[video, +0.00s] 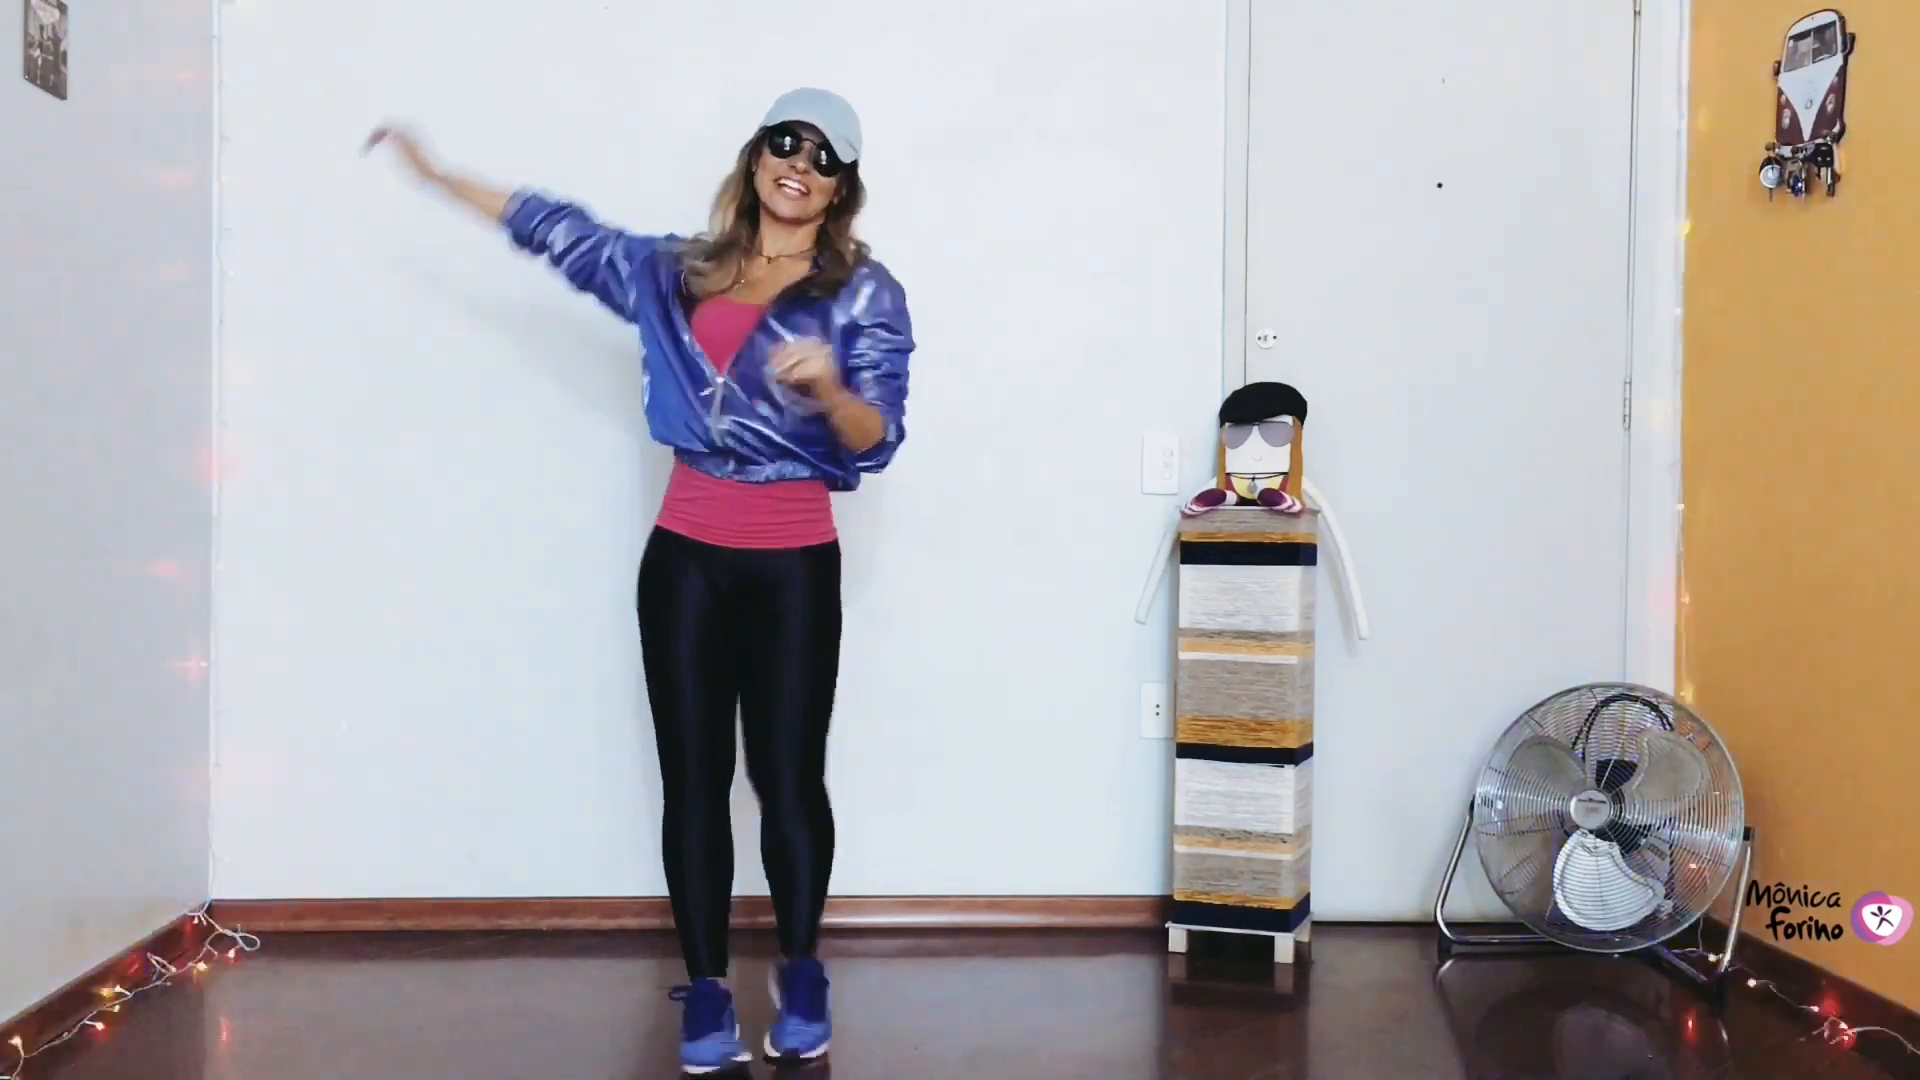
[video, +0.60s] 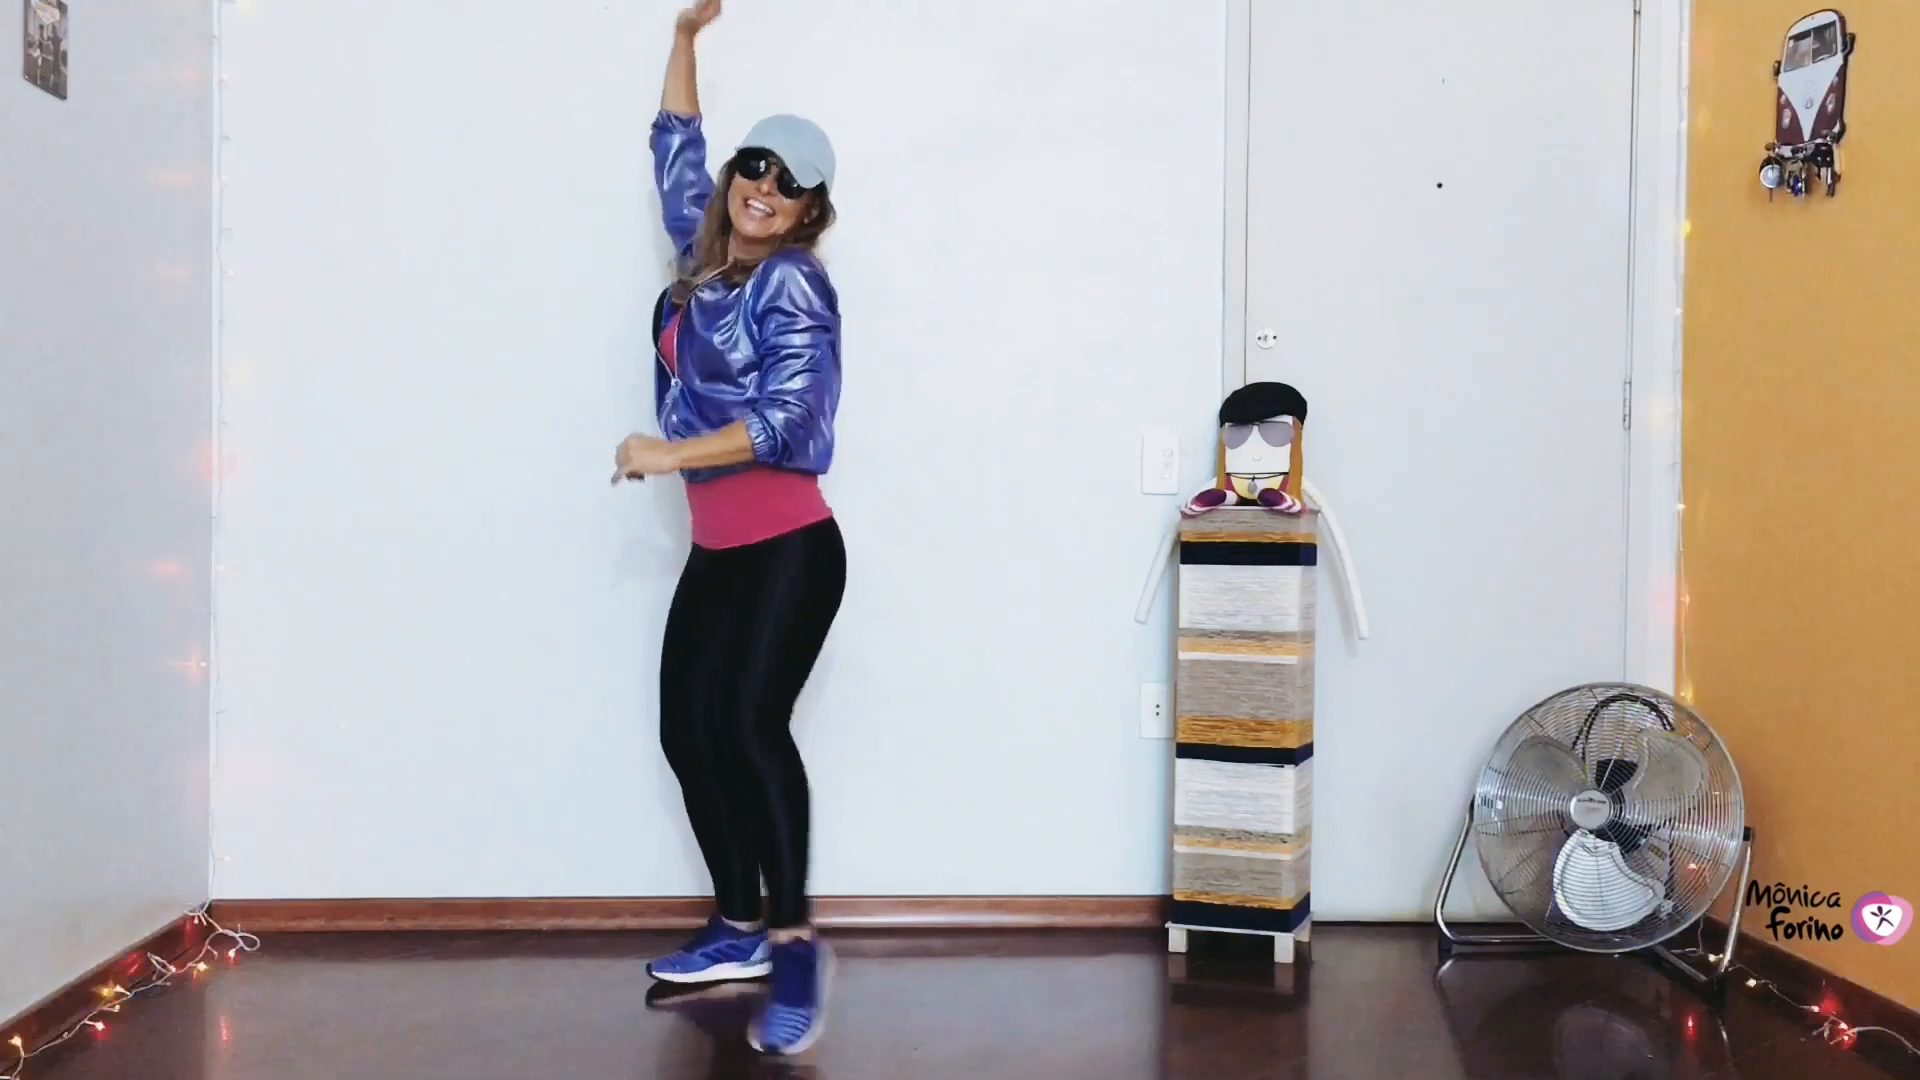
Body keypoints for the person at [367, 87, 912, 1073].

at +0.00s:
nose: (798, 170)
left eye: (821, 161)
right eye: (784, 150)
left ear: (841, 187)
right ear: (753, 162)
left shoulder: (865, 294)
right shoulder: (677, 270)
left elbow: (875, 447)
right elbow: (558, 228)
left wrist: (831, 392)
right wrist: (440, 177)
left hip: (795, 564)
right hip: (686, 556)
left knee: (789, 777)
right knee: (694, 777)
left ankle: (801, 979)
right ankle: (706, 993)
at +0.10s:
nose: (799, 165)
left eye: (824, 159)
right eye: (791, 143)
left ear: (843, 184)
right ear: (761, 151)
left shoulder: (848, 275)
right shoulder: (699, 259)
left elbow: (856, 424)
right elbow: (606, 188)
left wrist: (762, 404)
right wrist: (511, 103)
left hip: (801, 552)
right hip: (708, 547)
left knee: (783, 773)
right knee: (706, 768)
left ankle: (811, 990)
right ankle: (696, 987)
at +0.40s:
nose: (783, 169)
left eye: (806, 166)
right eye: (775, 147)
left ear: (824, 193)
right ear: (745, 151)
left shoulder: (805, 270)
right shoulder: (717, 232)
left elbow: (810, 413)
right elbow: (673, 121)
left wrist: (682, 413)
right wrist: (641, 11)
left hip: (798, 538)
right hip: (734, 545)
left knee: (820, 758)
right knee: (686, 728)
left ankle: (859, 980)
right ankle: (732, 919)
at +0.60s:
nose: (765, 193)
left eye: (789, 188)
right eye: (755, 171)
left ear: (807, 211)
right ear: (727, 180)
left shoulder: (794, 286)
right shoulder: (703, 261)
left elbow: (789, 423)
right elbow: (678, 150)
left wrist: (671, 454)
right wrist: (683, 43)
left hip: (792, 546)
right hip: (719, 551)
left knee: (753, 725)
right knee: (688, 727)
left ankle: (795, 945)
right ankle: (736, 929)